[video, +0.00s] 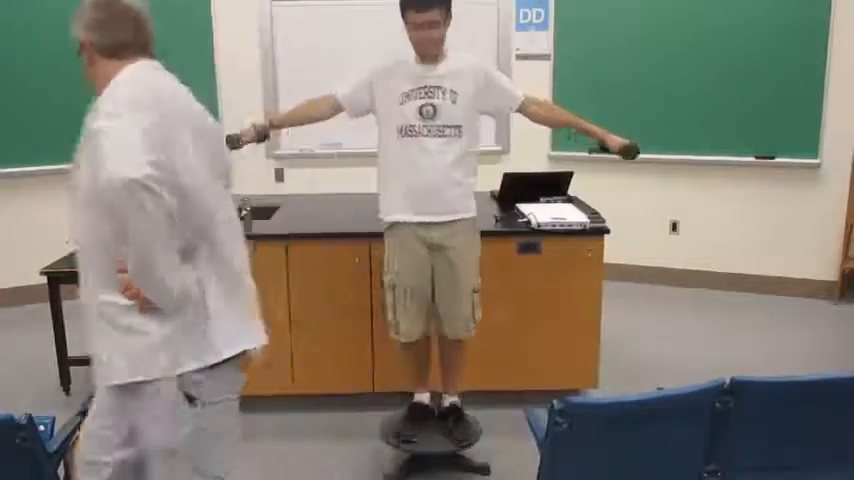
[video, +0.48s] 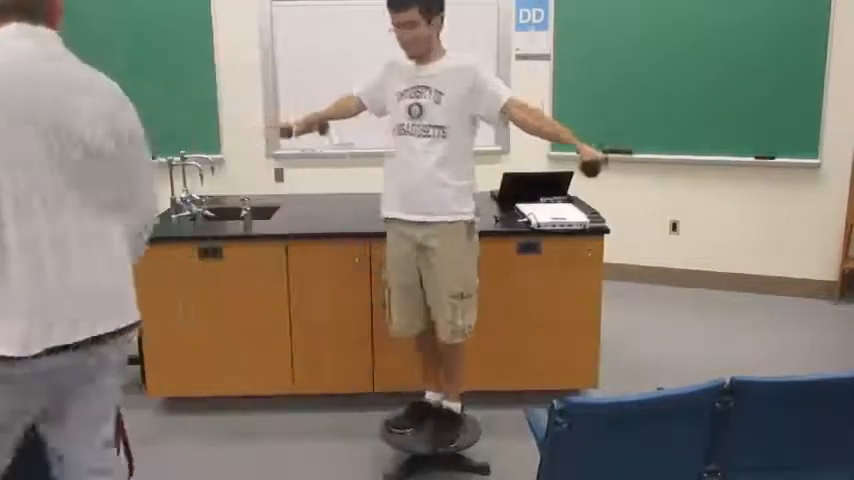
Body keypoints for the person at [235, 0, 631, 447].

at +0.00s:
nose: (427, 34)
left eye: (434, 25)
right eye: (418, 26)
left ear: (448, 24)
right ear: (405, 26)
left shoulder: (474, 75)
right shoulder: (384, 78)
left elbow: (534, 108)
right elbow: (329, 105)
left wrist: (601, 134)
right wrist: (271, 123)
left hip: (457, 218)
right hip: (403, 218)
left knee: (455, 319)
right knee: (412, 320)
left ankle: (451, 403)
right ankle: (421, 400)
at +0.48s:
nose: (402, 36)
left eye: (409, 25)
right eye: (396, 27)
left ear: (437, 22)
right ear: (392, 27)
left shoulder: (467, 74)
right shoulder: (393, 73)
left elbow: (519, 112)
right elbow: (356, 103)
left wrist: (577, 143)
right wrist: (303, 124)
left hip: (450, 219)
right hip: (400, 217)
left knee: (449, 323)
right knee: (417, 320)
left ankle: (452, 411)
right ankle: (430, 400)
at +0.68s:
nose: (395, 35)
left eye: (402, 26)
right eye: (391, 27)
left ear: (432, 23)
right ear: (392, 28)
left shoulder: (459, 74)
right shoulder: (403, 74)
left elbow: (500, 113)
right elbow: (378, 103)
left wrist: (545, 152)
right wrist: (352, 117)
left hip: (446, 217)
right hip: (406, 214)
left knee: (446, 324)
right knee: (421, 320)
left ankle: (453, 414)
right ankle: (437, 401)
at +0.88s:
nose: (389, 35)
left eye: (395, 26)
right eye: (387, 27)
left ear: (426, 22)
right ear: (414, 24)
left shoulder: (446, 74)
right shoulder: (416, 76)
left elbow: (473, 112)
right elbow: (405, 107)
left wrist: (491, 154)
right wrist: (387, 120)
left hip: (441, 219)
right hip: (413, 216)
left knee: (440, 324)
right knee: (424, 321)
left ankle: (449, 414)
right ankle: (441, 402)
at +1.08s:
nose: (387, 35)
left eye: (392, 25)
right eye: (386, 27)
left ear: (421, 23)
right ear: (415, 25)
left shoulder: (438, 67)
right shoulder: (425, 69)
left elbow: (442, 114)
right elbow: (434, 126)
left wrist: (435, 159)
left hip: (435, 219)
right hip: (421, 217)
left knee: (435, 320)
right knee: (427, 318)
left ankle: (445, 415)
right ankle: (439, 403)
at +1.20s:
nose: (387, 36)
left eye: (390, 25)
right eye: (386, 27)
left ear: (415, 22)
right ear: (425, 23)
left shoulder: (427, 69)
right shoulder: (449, 68)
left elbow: (410, 113)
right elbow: (456, 128)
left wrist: (371, 159)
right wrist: (408, 151)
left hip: (428, 221)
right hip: (443, 218)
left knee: (431, 325)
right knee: (437, 323)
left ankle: (437, 417)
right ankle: (447, 406)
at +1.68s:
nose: (394, 32)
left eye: (394, 23)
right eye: (395, 23)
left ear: (402, 22)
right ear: (437, 22)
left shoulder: (399, 74)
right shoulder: (467, 72)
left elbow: (347, 120)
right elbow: (512, 105)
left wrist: (287, 156)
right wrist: (546, 121)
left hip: (416, 222)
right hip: (458, 218)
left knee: (420, 326)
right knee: (451, 322)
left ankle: (423, 417)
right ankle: (449, 410)